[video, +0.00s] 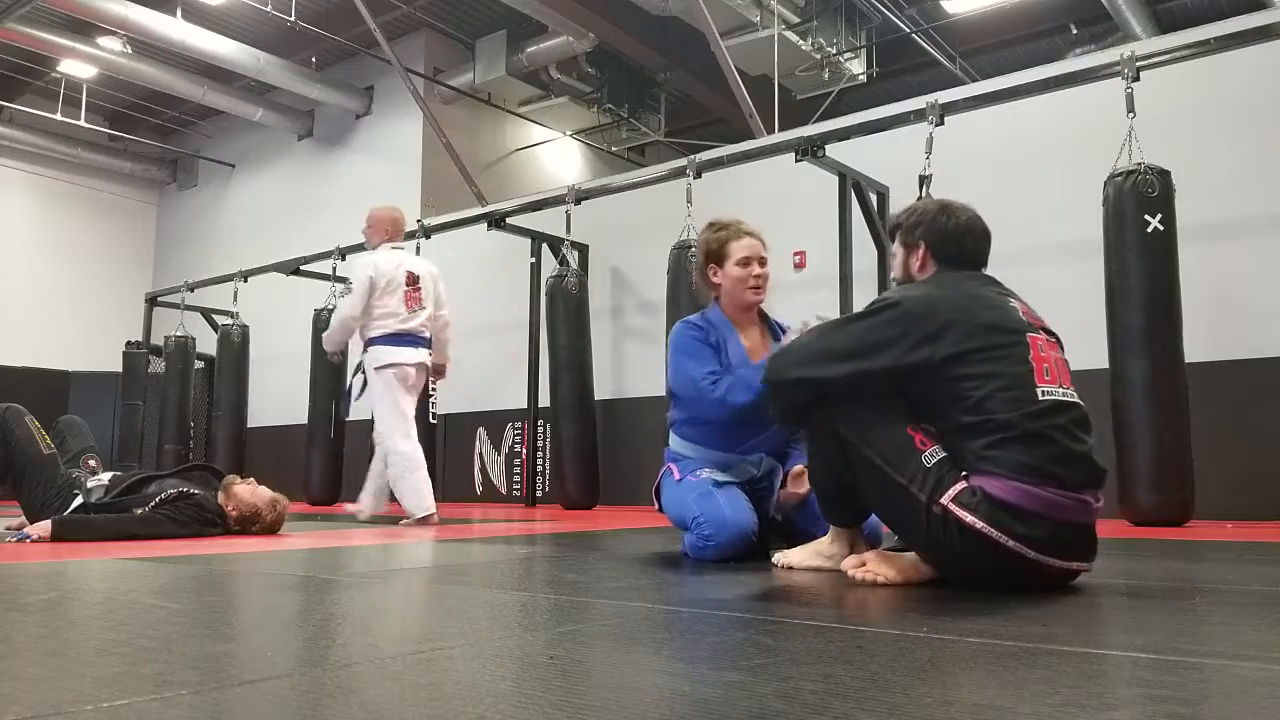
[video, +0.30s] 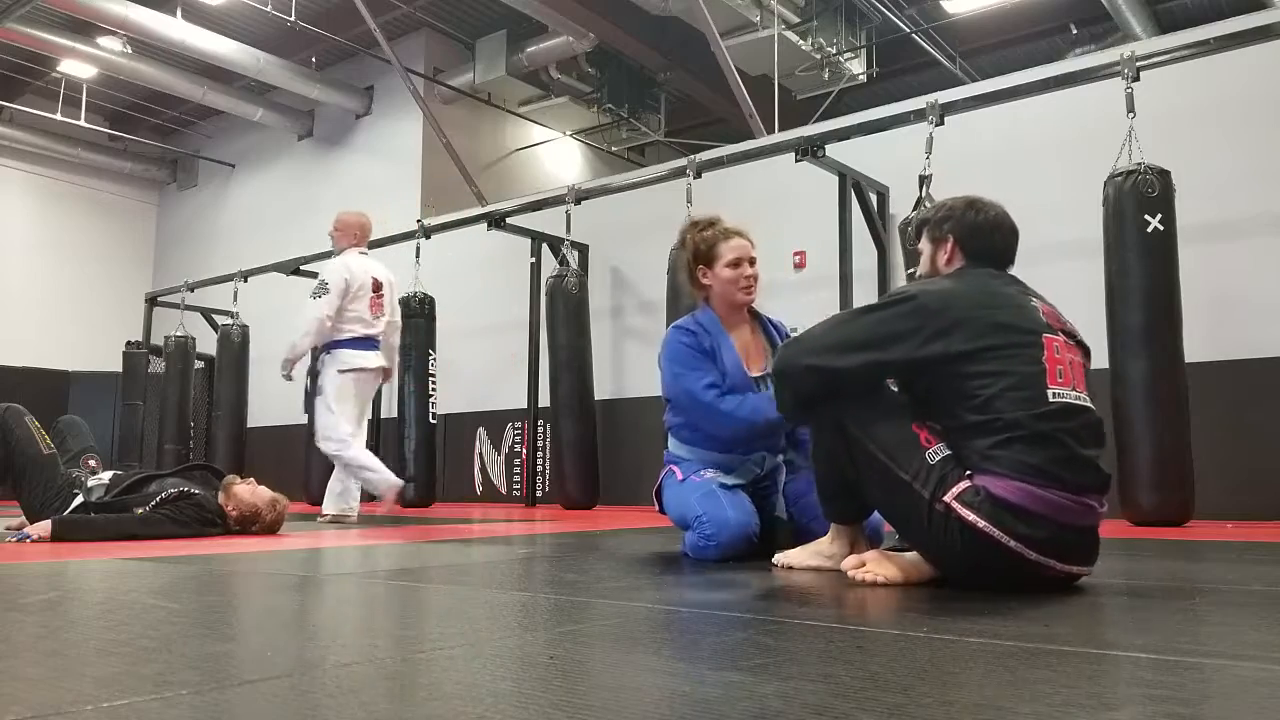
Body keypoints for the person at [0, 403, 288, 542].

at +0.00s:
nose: (249, 477)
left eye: (251, 488)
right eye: (257, 483)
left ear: (235, 511)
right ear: (237, 505)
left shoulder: (200, 513)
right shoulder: (216, 489)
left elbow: (131, 525)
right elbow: (150, 485)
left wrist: (56, 526)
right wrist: (112, 480)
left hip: (70, 501)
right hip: (101, 485)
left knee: (12, 414)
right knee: (69, 422)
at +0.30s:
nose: (248, 476)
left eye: (251, 488)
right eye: (257, 483)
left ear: (234, 510)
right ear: (236, 505)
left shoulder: (199, 513)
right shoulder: (216, 489)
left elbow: (130, 525)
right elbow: (154, 483)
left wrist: (56, 526)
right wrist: (114, 478)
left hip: (70, 501)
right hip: (102, 485)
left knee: (12, 414)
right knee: (68, 421)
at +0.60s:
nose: (248, 477)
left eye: (250, 488)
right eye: (256, 483)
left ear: (234, 510)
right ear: (236, 504)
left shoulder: (198, 513)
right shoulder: (218, 490)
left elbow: (130, 525)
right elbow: (157, 483)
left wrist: (56, 526)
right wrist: (114, 479)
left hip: (69, 501)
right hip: (102, 486)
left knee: (11, 414)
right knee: (69, 421)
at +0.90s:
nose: (248, 478)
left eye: (250, 489)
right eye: (256, 484)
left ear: (233, 509)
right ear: (237, 502)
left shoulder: (198, 513)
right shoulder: (218, 484)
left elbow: (129, 525)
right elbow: (159, 483)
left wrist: (56, 526)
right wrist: (117, 481)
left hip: (69, 500)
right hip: (102, 484)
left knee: (11, 414)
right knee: (70, 422)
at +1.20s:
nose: (251, 478)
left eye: (252, 489)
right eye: (258, 484)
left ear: (234, 510)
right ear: (237, 503)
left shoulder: (199, 514)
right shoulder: (216, 483)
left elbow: (130, 525)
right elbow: (152, 481)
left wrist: (57, 526)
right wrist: (111, 480)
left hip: (68, 500)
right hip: (101, 484)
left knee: (11, 414)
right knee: (70, 422)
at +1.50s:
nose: (247, 477)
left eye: (249, 489)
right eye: (255, 483)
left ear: (235, 511)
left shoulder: (199, 514)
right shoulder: (218, 485)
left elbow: (129, 525)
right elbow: (157, 479)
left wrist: (58, 526)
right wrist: (115, 479)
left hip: (69, 499)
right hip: (102, 482)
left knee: (11, 414)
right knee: (70, 422)